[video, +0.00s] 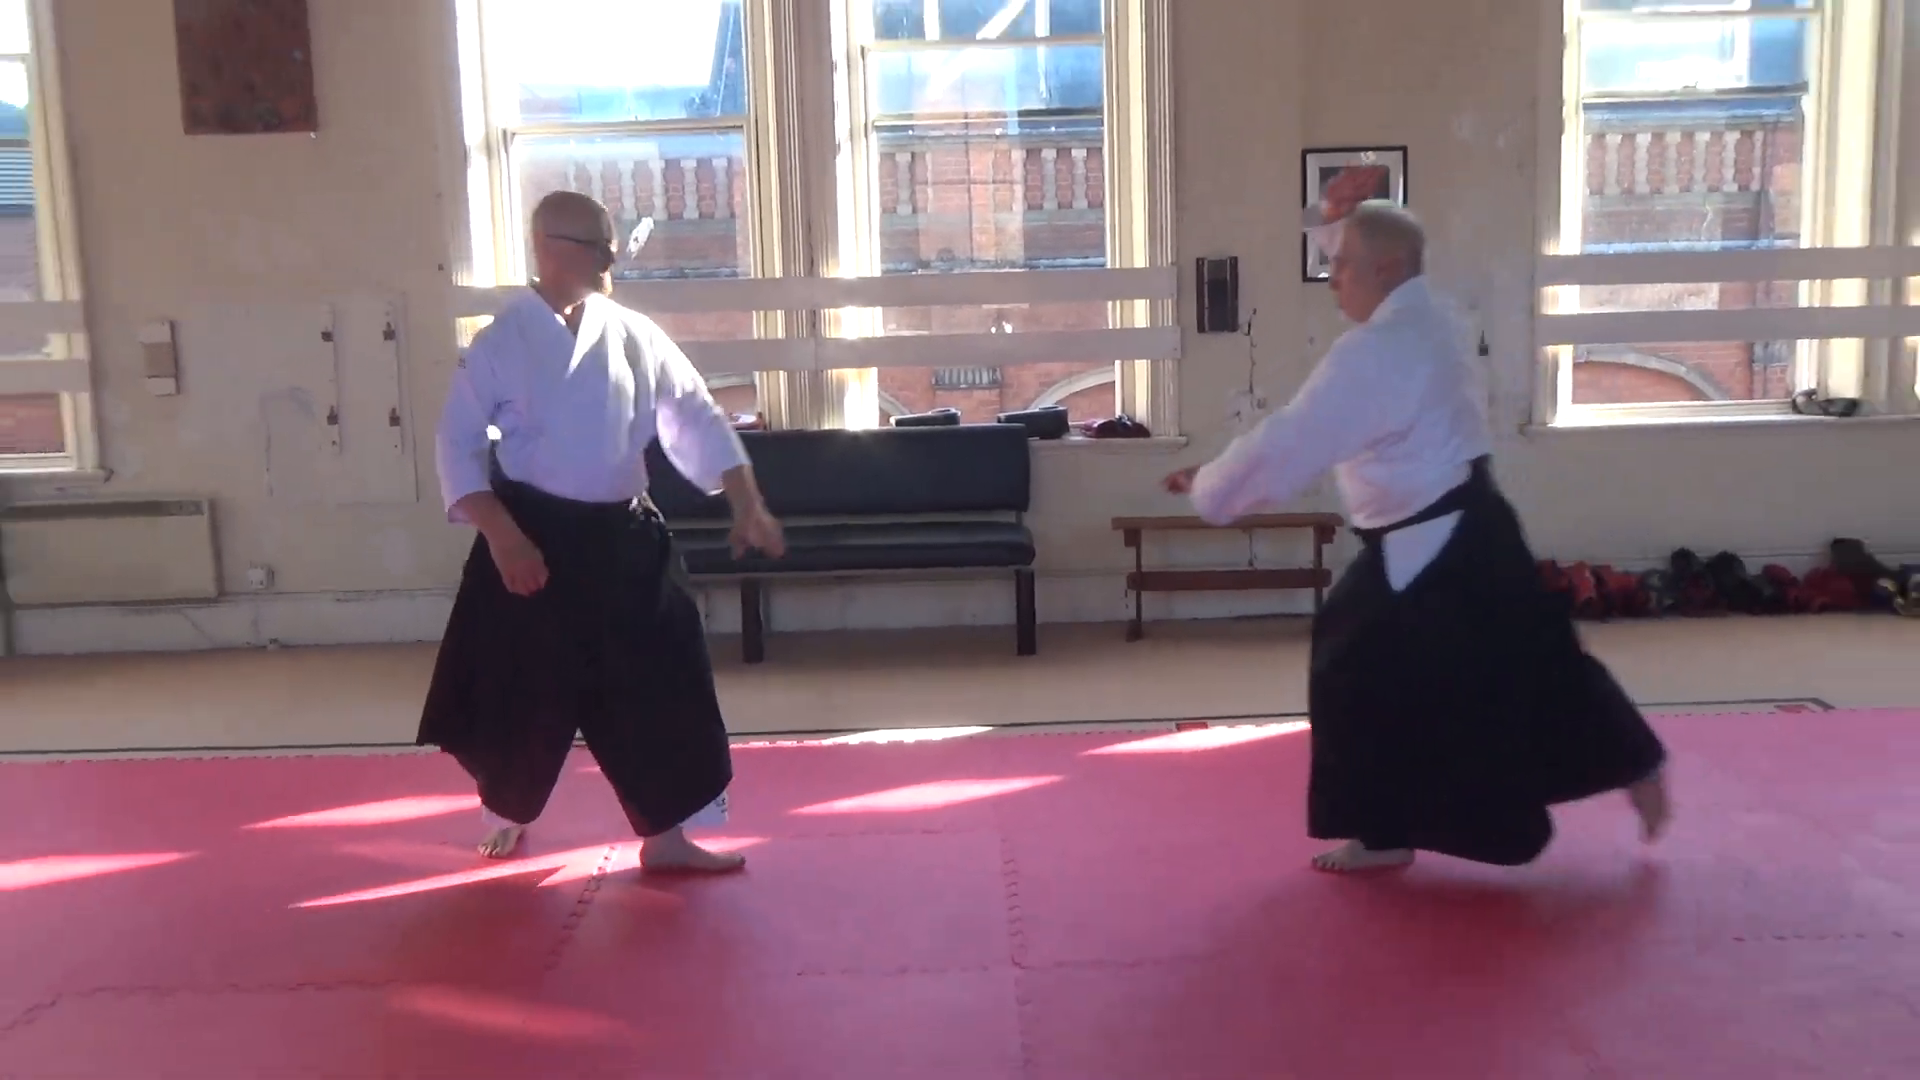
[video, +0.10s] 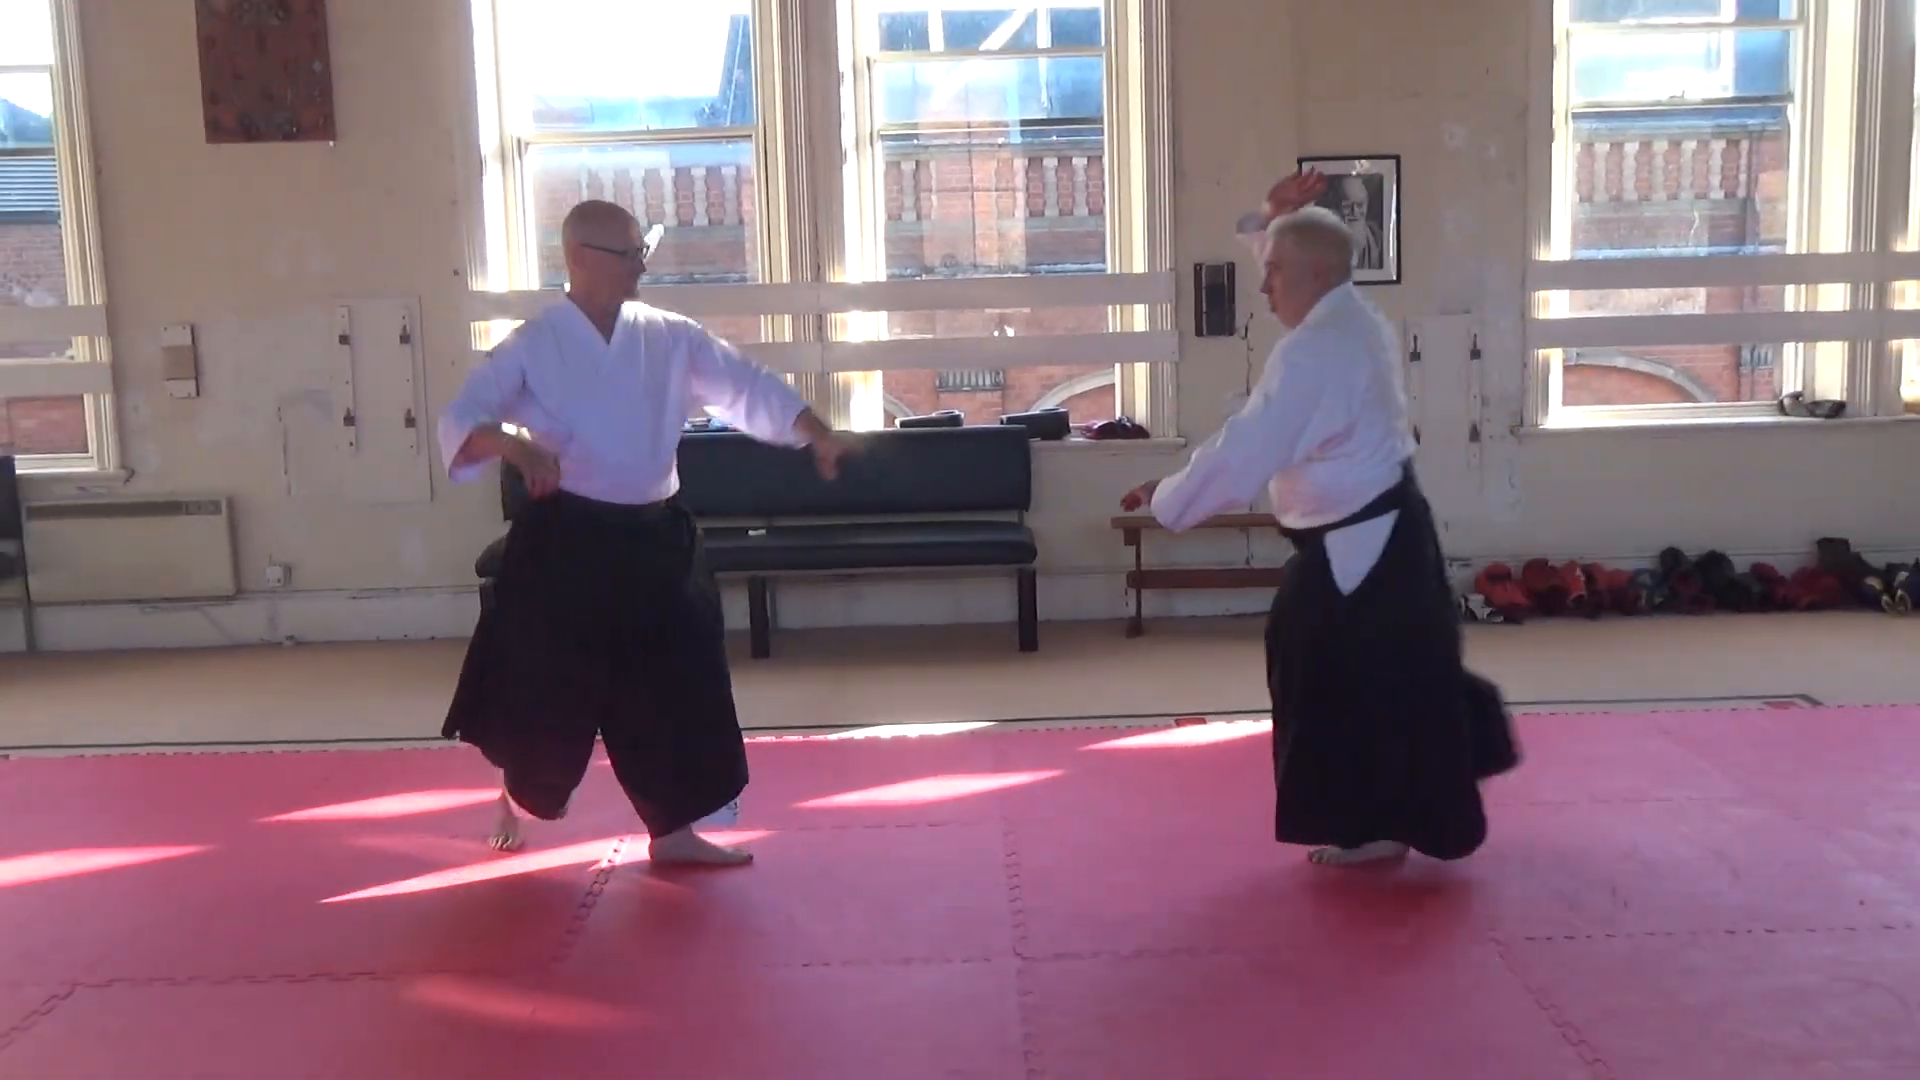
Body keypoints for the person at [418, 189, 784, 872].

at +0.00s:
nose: (604, 255)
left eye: (602, 242)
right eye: (580, 240)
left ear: (600, 253)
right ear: (544, 248)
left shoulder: (634, 336)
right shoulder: (504, 341)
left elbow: (697, 415)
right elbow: (457, 445)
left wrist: (745, 498)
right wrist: (503, 536)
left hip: (625, 536)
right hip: (534, 537)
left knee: (656, 683)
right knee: (522, 683)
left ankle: (664, 837)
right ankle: (510, 812)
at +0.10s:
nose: (640, 266)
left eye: (641, 254)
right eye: (627, 254)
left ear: (633, 259)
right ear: (581, 257)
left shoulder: (668, 337)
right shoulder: (534, 343)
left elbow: (747, 383)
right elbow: (456, 428)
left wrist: (817, 432)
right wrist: (512, 446)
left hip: (653, 531)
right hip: (566, 531)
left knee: (669, 680)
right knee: (554, 680)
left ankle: (673, 832)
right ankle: (516, 797)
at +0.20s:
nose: (658, 266)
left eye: (658, 254)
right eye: (644, 255)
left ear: (650, 259)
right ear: (595, 259)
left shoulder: (688, 332)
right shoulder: (553, 337)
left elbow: (773, 338)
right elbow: (464, 372)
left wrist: (861, 347)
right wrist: (523, 347)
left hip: (676, 532)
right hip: (588, 532)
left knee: (686, 684)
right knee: (555, 682)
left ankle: (676, 830)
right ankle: (514, 805)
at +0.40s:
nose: (690, 267)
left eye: (688, 256)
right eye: (675, 256)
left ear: (676, 266)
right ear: (624, 266)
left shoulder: (720, 325)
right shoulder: (586, 339)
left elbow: (809, 293)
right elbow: (523, 330)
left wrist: (895, 250)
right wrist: (573, 252)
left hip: (705, 540)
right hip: (619, 540)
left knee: (719, 688)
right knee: (599, 701)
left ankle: (697, 827)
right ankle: (563, 865)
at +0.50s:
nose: (698, 268)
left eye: (698, 256)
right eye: (682, 256)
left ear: (691, 265)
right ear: (633, 263)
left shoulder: (718, 325)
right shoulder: (602, 345)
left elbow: (796, 298)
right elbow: (631, 364)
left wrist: (874, 245)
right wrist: (628, 287)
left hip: (709, 542)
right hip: (634, 544)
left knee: (734, 693)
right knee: (642, 709)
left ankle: (696, 828)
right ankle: (632, 892)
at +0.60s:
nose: (712, 252)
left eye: (710, 239)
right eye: (702, 240)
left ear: (656, 252)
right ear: (658, 249)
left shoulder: (666, 324)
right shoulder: (641, 341)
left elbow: (750, 340)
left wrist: (805, 277)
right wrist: (747, 281)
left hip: (687, 538)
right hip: (658, 546)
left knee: (726, 704)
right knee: (691, 721)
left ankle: (714, 838)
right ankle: (710, 922)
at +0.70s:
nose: (730, 254)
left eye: (728, 241)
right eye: (723, 241)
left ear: (653, 245)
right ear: (696, 247)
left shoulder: (620, 326)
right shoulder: (711, 343)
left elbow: (692, 327)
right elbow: (843, 356)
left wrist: (751, 302)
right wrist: (868, 260)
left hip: (628, 539)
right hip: (690, 549)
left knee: (699, 707)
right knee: (764, 723)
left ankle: (708, 884)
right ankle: (747, 921)